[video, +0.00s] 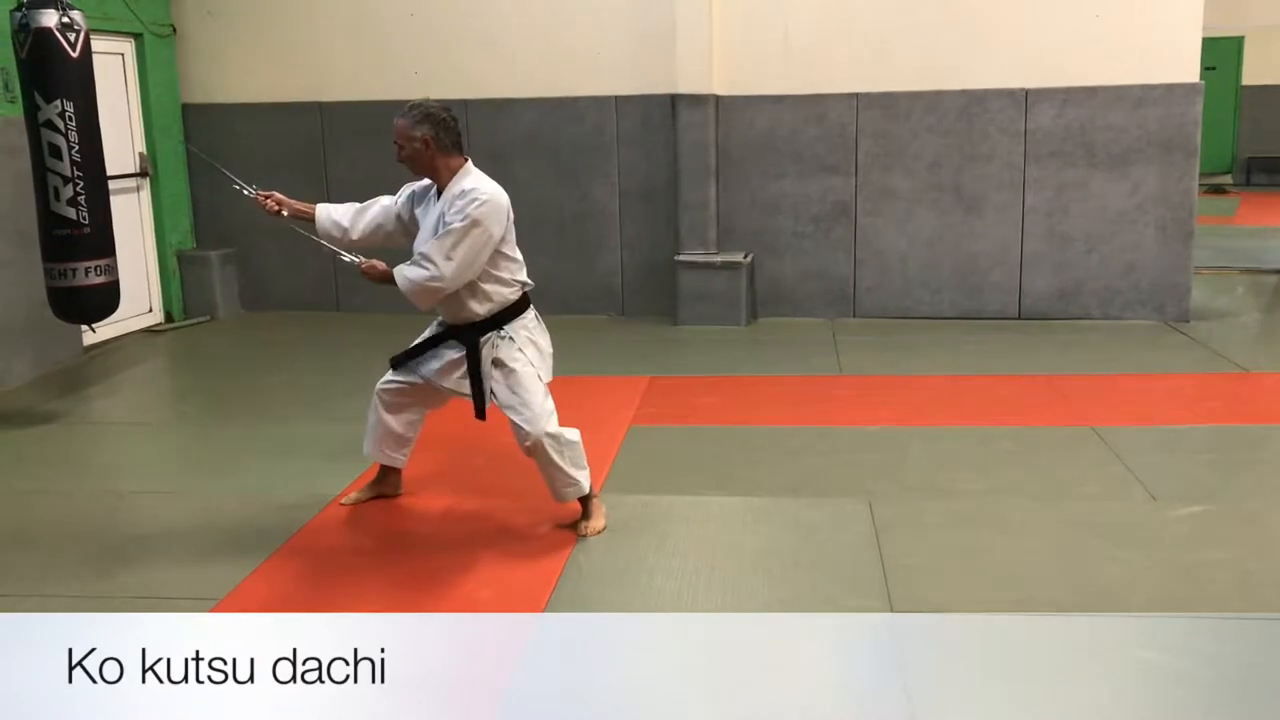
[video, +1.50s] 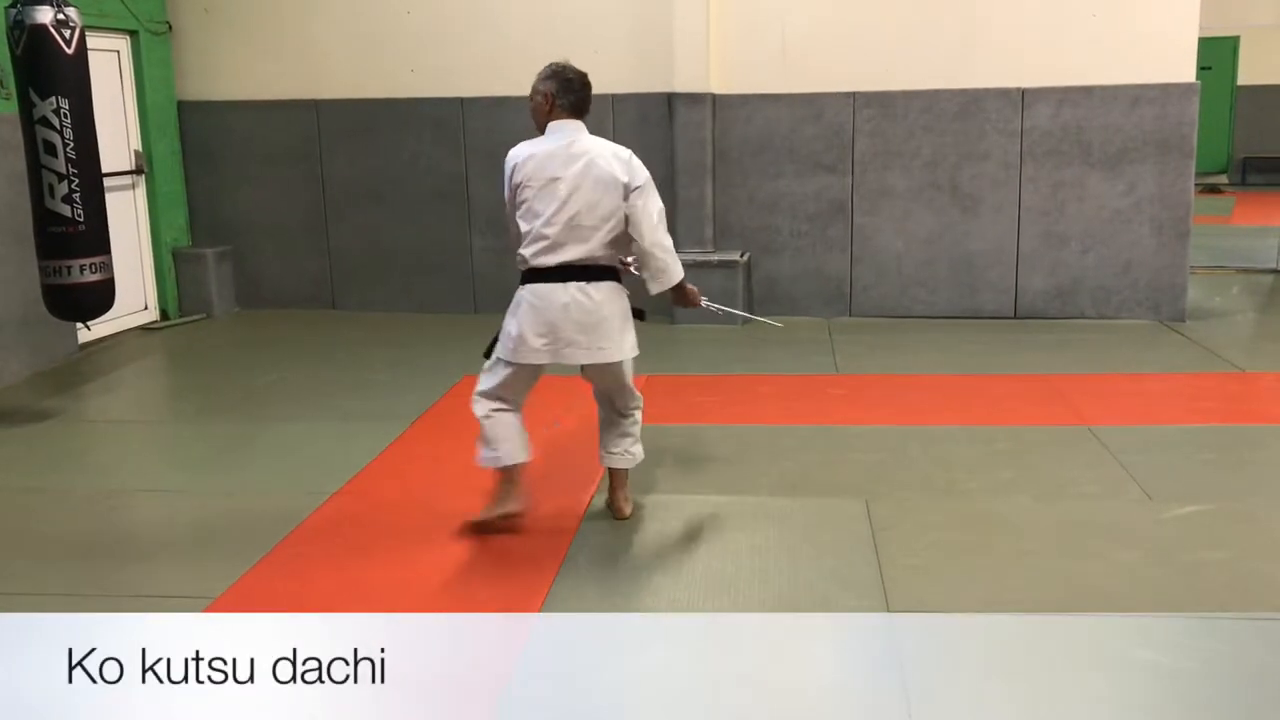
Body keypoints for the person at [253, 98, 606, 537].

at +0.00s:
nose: (396, 153)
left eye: (401, 144)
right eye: (395, 145)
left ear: (430, 144)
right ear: (431, 145)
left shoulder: (482, 200)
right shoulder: (421, 196)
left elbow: (441, 277)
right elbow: (366, 219)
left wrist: (392, 275)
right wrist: (296, 209)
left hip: (507, 331)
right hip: (455, 332)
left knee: (536, 429)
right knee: (393, 393)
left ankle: (588, 501)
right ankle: (388, 479)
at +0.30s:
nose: (398, 155)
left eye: (402, 146)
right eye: (397, 147)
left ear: (429, 146)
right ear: (430, 145)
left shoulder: (483, 202)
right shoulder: (421, 196)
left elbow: (441, 279)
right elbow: (365, 219)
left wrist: (391, 275)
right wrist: (293, 209)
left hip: (505, 331)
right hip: (452, 331)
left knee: (535, 429)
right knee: (387, 394)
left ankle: (587, 500)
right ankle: (387, 478)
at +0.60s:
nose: (428, 160)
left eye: (433, 151)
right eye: (428, 151)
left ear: (461, 152)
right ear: (458, 153)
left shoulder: (515, 215)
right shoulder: (440, 201)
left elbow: (466, 282)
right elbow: (377, 221)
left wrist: (412, 279)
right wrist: (307, 210)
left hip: (511, 341)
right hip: (455, 334)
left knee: (520, 435)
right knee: (386, 401)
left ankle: (594, 495)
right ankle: (387, 480)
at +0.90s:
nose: (475, 115)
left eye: (482, 106)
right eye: (476, 106)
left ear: (510, 109)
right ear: (508, 108)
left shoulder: (556, 170)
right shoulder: (503, 165)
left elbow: (517, 250)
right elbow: (454, 203)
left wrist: (468, 256)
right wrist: (386, 205)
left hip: (579, 305)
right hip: (534, 305)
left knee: (569, 410)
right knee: (505, 390)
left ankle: (600, 498)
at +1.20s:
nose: (509, 106)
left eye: (515, 96)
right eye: (509, 96)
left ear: (540, 98)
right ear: (556, 100)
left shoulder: (538, 157)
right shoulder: (602, 155)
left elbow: (507, 250)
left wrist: (526, 265)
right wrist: (543, 259)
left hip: (574, 311)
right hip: (619, 300)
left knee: (570, 418)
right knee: (613, 408)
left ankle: (627, 506)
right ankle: (612, 494)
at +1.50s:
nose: (530, 108)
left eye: (533, 99)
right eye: (532, 100)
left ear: (547, 101)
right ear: (585, 106)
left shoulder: (521, 159)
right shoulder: (621, 159)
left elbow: (527, 234)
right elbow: (651, 238)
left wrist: (607, 254)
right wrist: (678, 288)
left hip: (538, 305)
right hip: (602, 305)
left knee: (497, 398)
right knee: (619, 401)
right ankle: (619, 494)